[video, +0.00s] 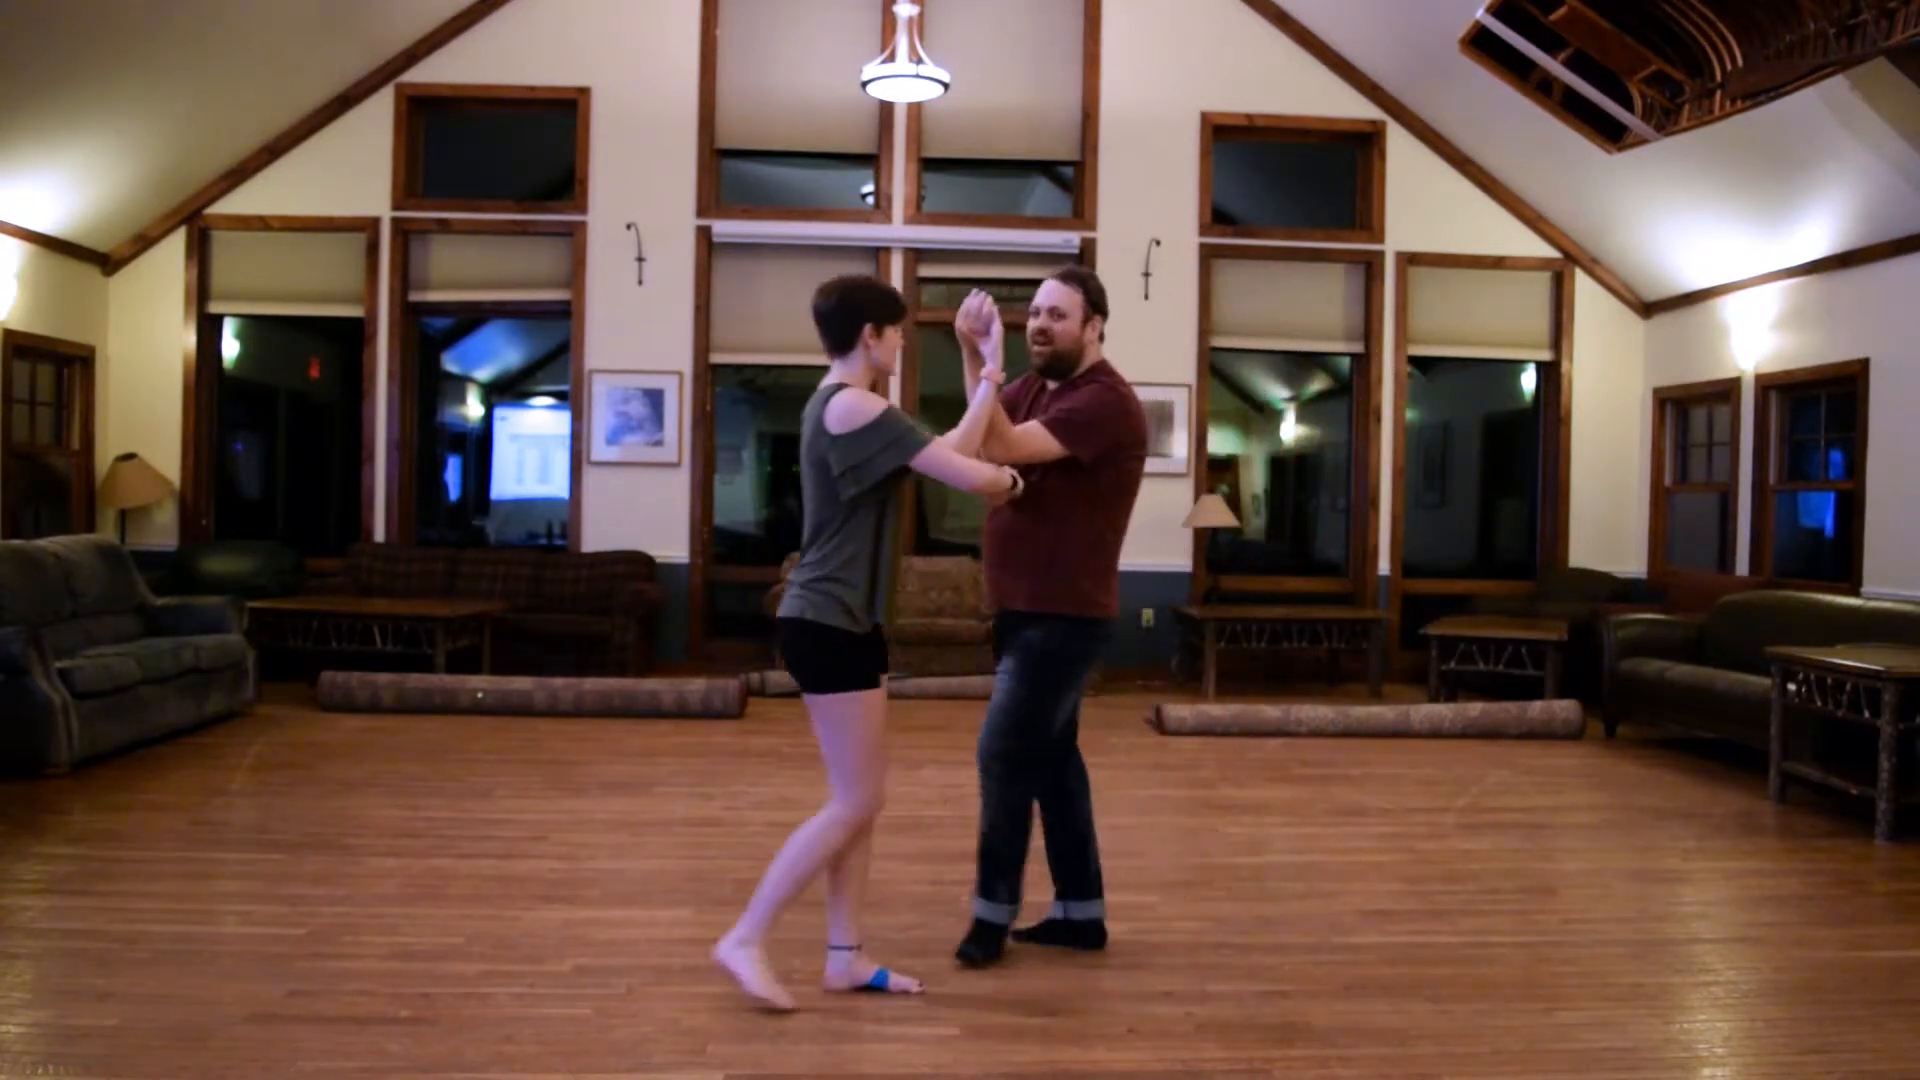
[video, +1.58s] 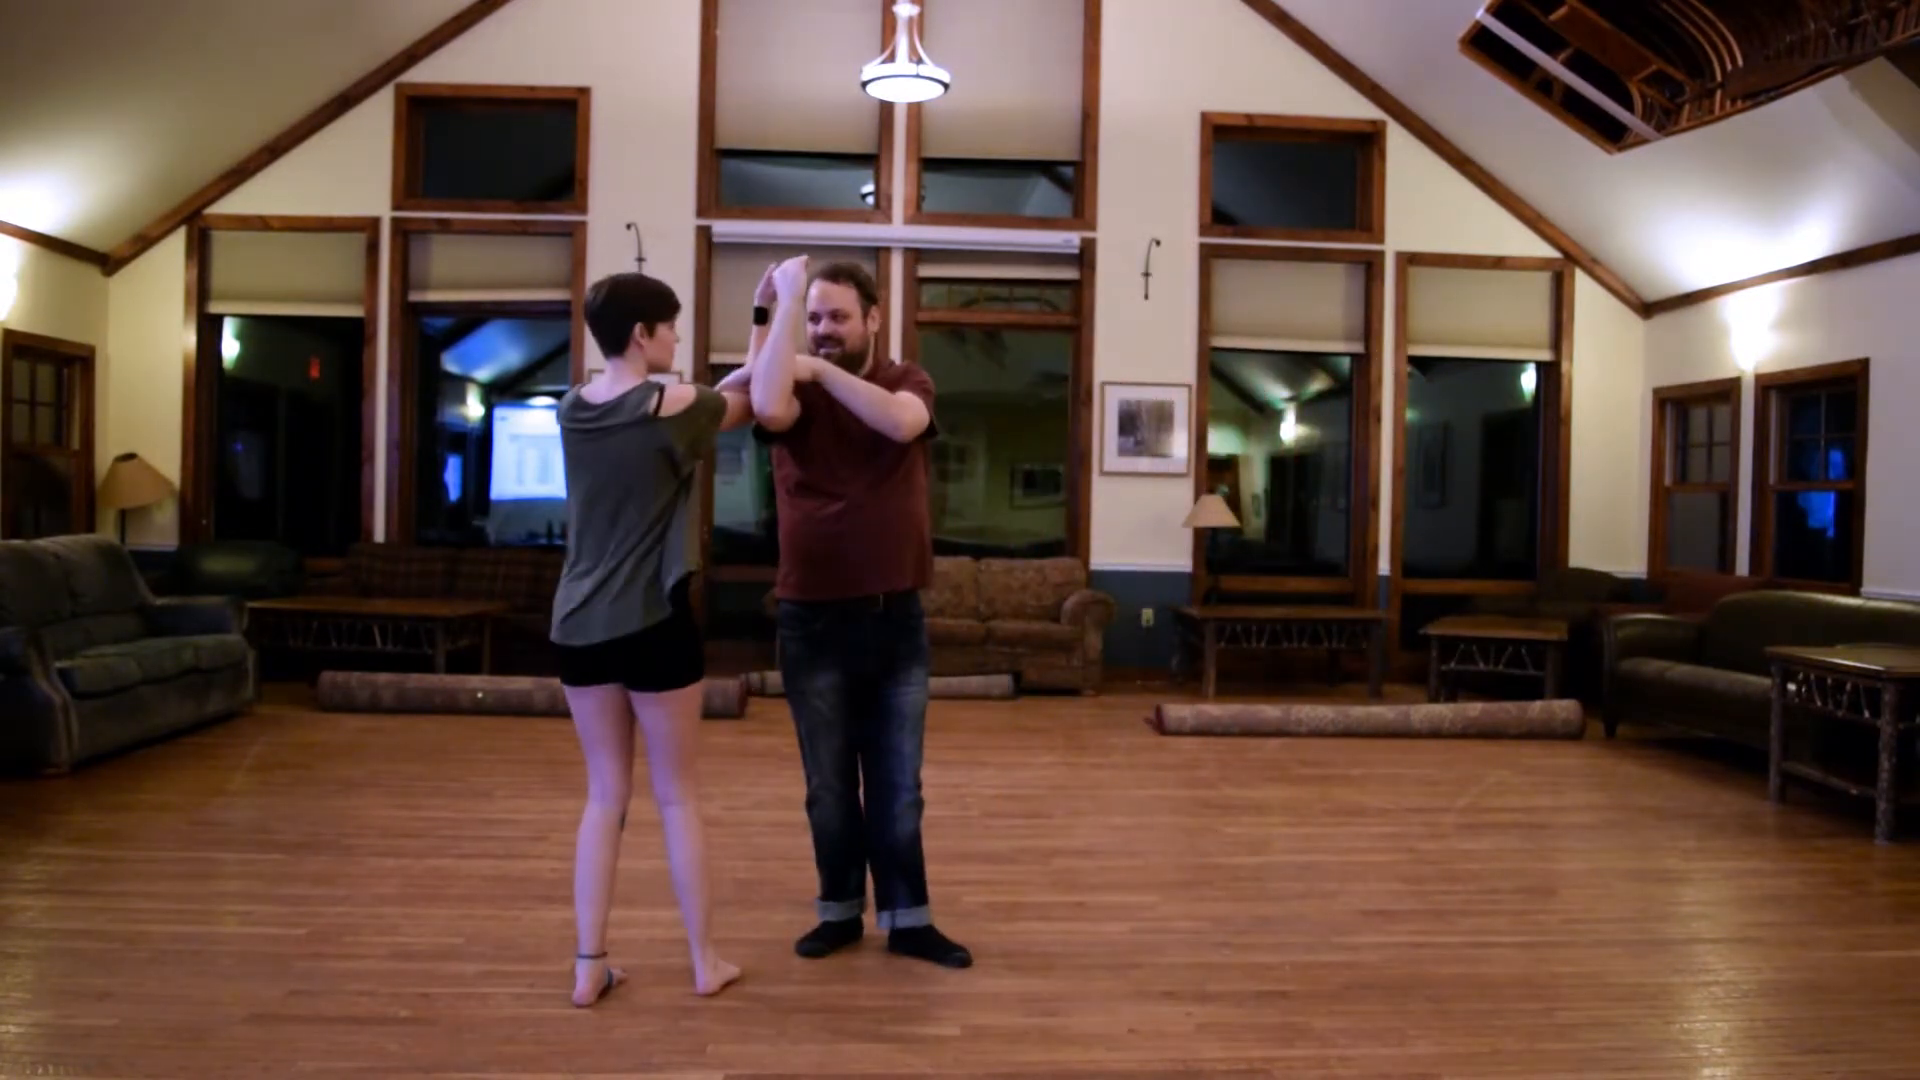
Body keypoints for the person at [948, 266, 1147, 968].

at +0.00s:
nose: (1039, 326)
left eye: (1056, 316)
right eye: (1034, 314)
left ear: (1094, 328)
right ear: (1028, 324)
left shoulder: (1106, 401)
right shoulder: (1030, 388)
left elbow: (1001, 442)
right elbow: (970, 446)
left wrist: (982, 361)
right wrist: (977, 365)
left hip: (1068, 615)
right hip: (1019, 611)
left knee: (1003, 753)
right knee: (1056, 762)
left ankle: (991, 915)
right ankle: (1081, 912)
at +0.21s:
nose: (1000, 323)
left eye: (1017, 314)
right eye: (998, 312)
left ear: (1056, 331)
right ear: (994, 325)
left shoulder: (1072, 411)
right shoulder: (985, 389)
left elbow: (992, 462)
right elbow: (918, 450)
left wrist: (953, 385)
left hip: (1014, 618)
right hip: (956, 607)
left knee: (969, 768)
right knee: (942, 754)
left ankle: (952, 921)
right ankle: (1046, 877)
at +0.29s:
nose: (985, 317)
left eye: (1002, 308)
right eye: (983, 306)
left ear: (1042, 324)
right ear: (978, 320)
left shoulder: (1058, 404)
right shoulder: (968, 387)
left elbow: (984, 460)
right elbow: (889, 448)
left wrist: (946, 383)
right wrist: (932, 389)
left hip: (998, 617)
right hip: (933, 606)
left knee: (964, 773)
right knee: (907, 748)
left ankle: (953, 919)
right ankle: (998, 865)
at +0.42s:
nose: (961, 309)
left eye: (980, 300)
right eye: (957, 299)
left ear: (1018, 318)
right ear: (951, 316)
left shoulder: (1038, 394)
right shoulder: (927, 385)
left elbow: (959, 418)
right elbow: (876, 466)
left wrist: (913, 348)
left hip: (982, 613)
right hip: (909, 604)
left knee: (963, 772)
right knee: (880, 748)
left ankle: (954, 915)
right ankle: (913, 890)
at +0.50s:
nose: (943, 304)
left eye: (961, 295)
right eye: (937, 295)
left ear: (997, 317)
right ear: (927, 312)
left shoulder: (1017, 382)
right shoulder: (910, 379)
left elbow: (948, 387)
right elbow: (872, 380)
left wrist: (900, 333)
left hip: (973, 605)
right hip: (895, 599)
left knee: (957, 777)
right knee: (873, 766)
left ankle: (950, 918)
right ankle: (854, 904)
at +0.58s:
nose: (923, 300)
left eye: (941, 291)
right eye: (918, 290)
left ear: (975, 313)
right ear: (905, 304)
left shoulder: (998, 373)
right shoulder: (890, 368)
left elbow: (916, 347)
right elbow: (861, 341)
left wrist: (876, 299)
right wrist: (857, 292)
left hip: (962, 603)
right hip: (882, 600)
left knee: (951, 777)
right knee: (863, 765)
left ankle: (948, 918)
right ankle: (839, 908)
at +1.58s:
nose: (824, 332)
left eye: (836, 318)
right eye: (813, 319)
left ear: (870, 320)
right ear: (799, 322)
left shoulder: (905, 378)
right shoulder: (784, 383)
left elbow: (902, 420)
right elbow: (768, 407)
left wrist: (816, 367)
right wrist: (781, 315)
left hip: (895, 604)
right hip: (811, 609)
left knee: (899, 776)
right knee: (827, 777)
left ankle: (908, 919)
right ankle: (839, 912)